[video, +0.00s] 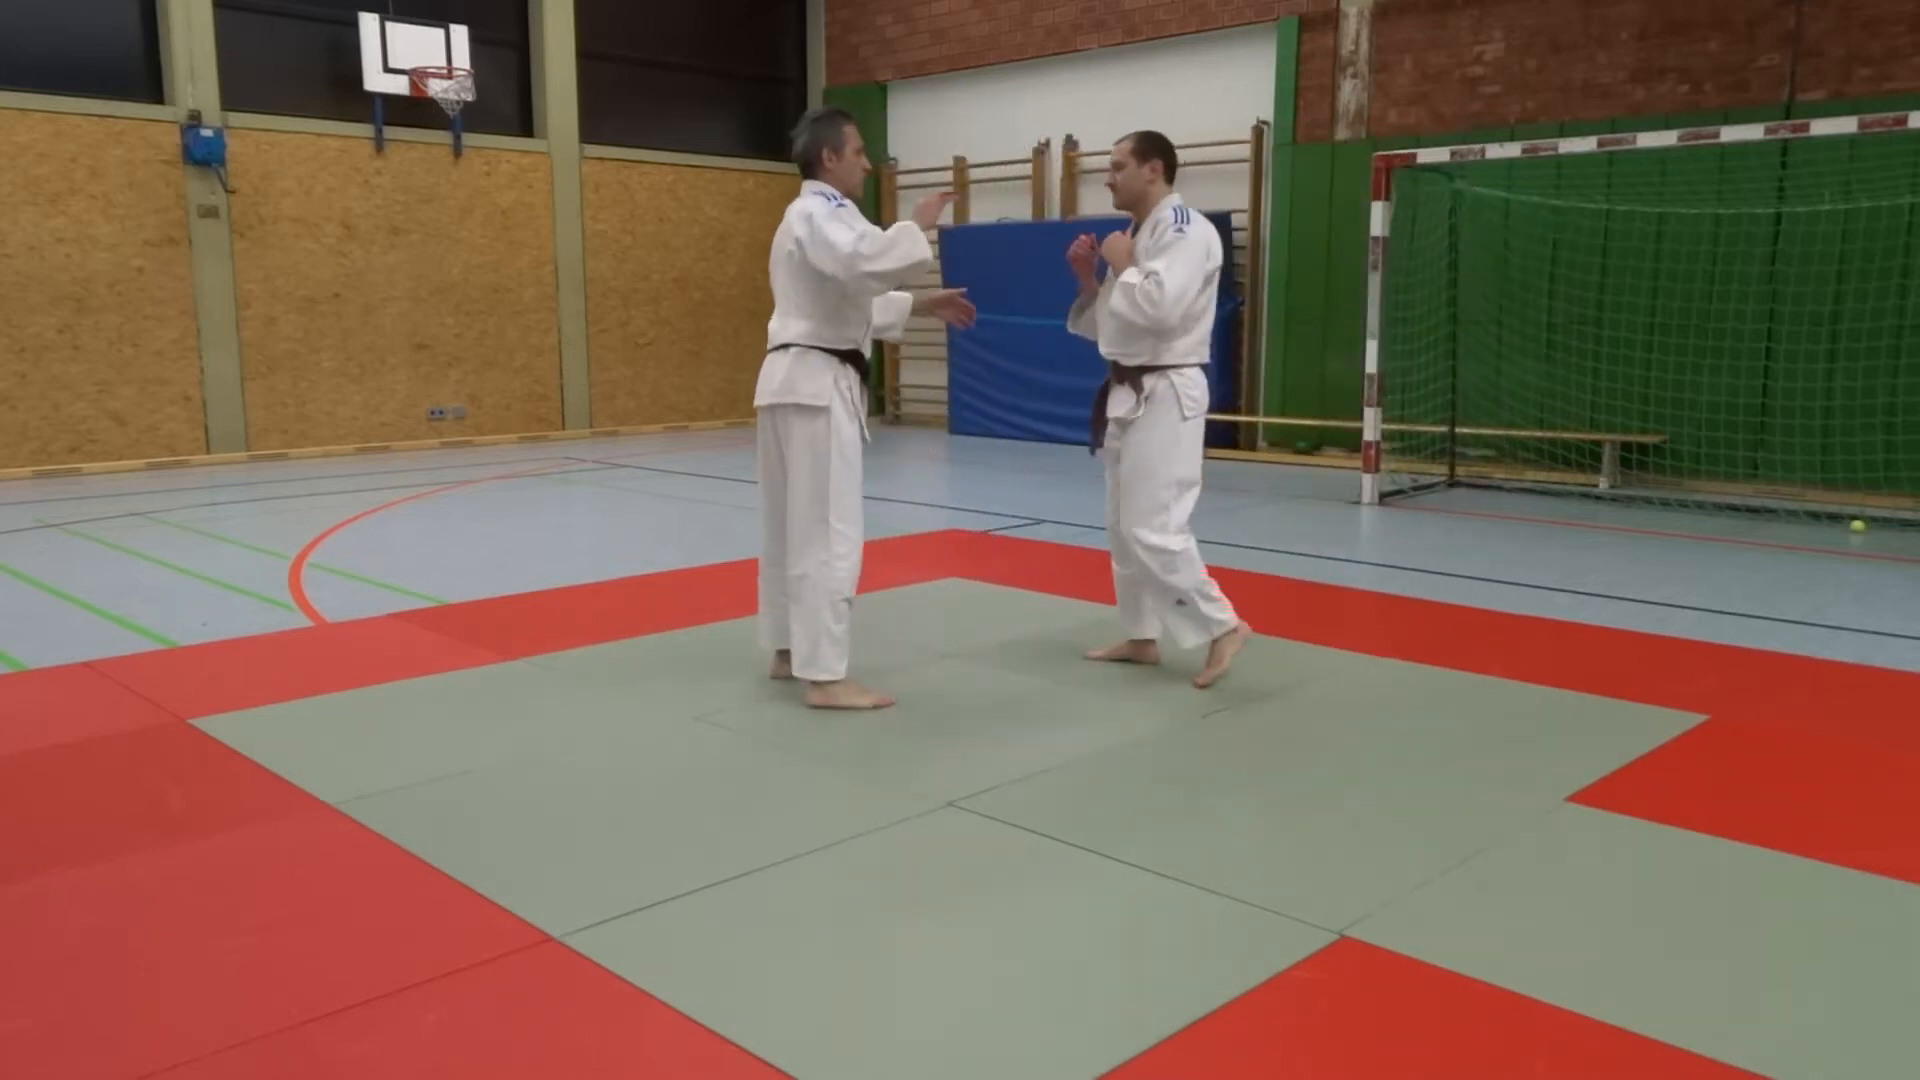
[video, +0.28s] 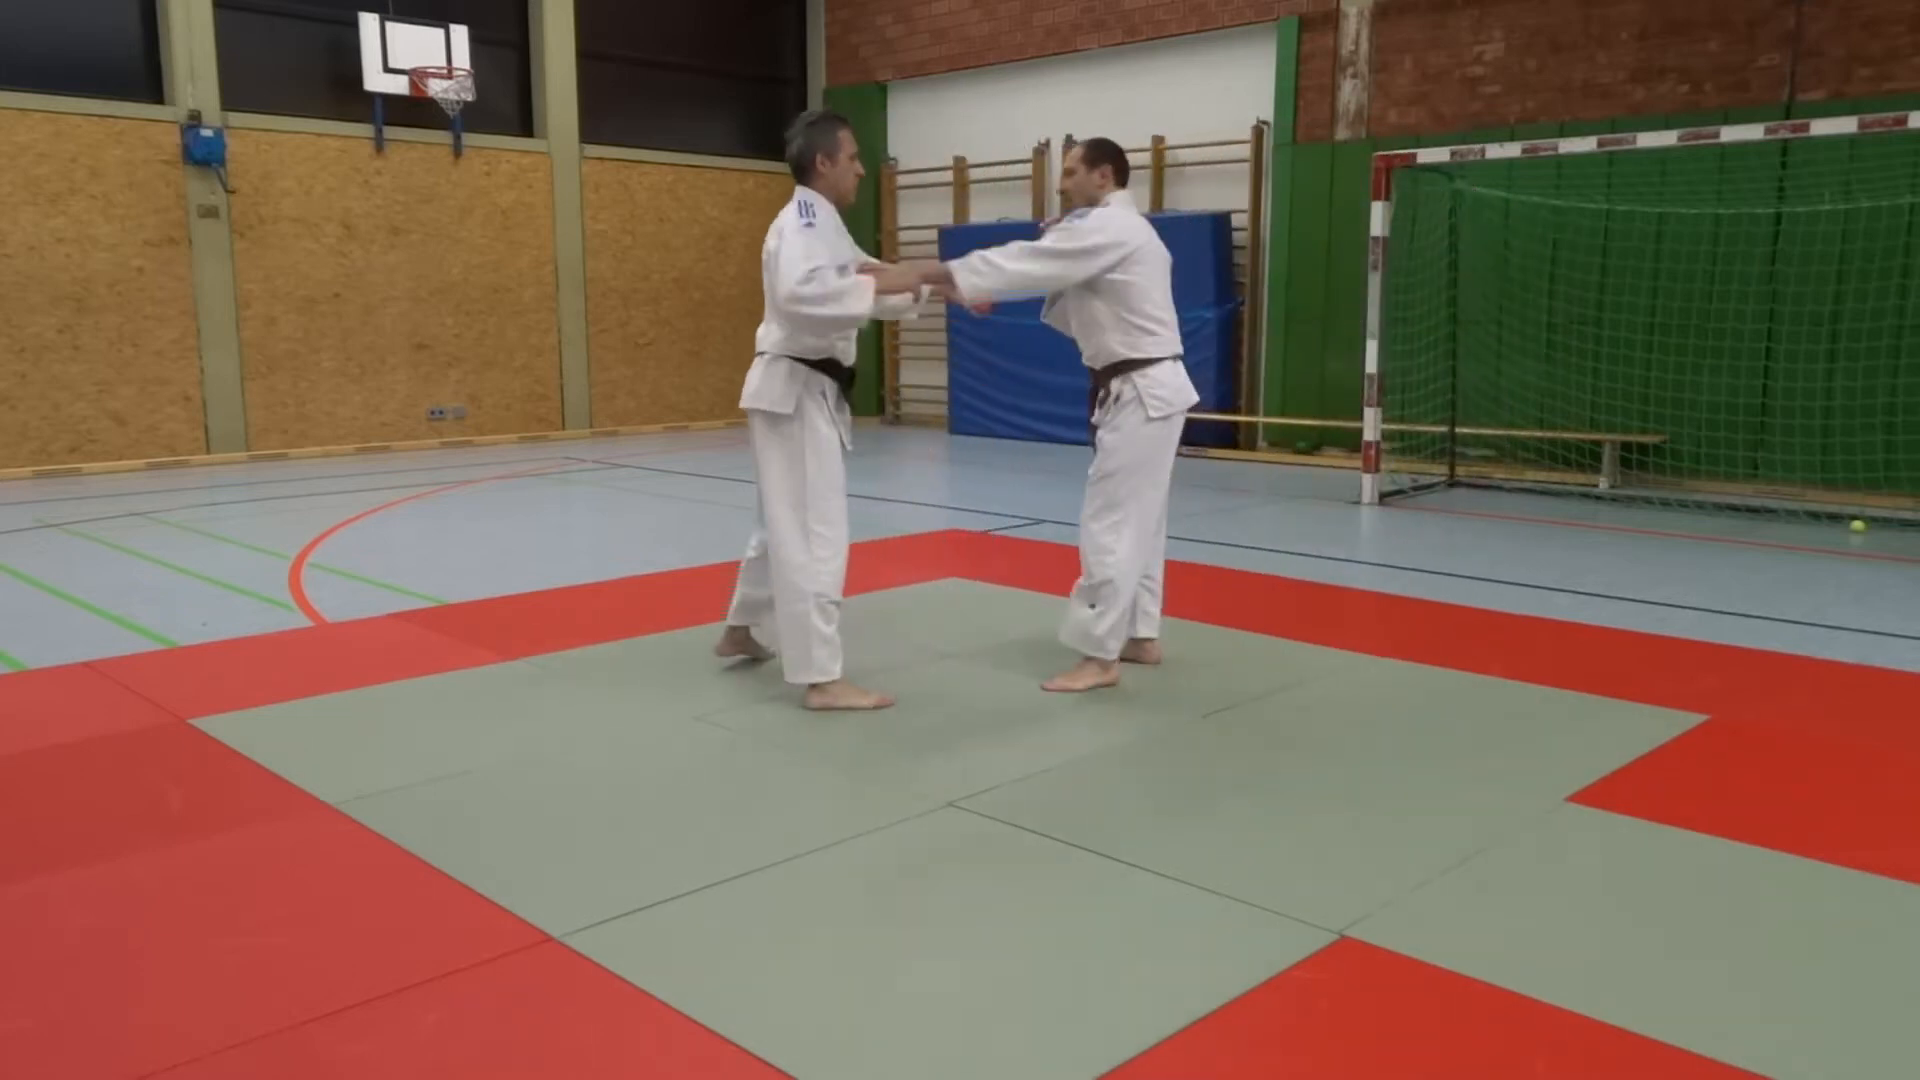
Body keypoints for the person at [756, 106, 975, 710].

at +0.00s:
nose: (867, 163)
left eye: (865, 152)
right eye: (859, 152)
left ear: (818, 159)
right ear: (831, 156)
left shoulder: (802, 215)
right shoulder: (822, 212)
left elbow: (847, 307)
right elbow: (857, 264)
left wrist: (923, 304)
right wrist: (917, 227)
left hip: (787, 378)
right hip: (818, 382)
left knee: (792, 520)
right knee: (830, 530)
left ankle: (789, 651)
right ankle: (825, 679)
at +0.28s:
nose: (859, 169)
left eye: (857, 158)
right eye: (851, 158)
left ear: (818, 164)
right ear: (821, 163)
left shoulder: (825, 224)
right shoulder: (801, 223)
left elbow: (866, 290)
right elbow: (800, 293)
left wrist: (939, 294)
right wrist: (881, 286)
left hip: (807, 387)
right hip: (794, 389)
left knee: (790, 520)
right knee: (815, 532)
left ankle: (742, 631)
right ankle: (820, 679)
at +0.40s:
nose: (852, 182)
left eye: (851, 170)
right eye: (843, 170)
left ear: (814, 176)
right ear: (808, 175)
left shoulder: (839, 241)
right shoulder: (774, 232)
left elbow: (905, 279)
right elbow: (728, 301)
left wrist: (982, 292)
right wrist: (801, 307)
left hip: (805, 395)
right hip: (776, 393)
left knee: (762, 525)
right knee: (809, 532)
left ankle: (713, 641)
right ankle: (820, 679)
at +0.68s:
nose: (826, 181)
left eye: (826, 171)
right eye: (815, 170)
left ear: (802, 177)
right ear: (779, 175)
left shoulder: (823, 248)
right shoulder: (750, 230)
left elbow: (862, 313)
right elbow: (695, 295)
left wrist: (928, 354)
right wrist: (747, 298)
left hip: (801, 394)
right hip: (767, 390)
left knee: (754, 517)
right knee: (819, 514)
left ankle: (711, 639)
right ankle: (836, 661)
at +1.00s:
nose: (866, 174)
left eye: (863, 164)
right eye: (857, 164)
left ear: (827, 173)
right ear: (828, 171)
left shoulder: (838, 237)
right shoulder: (806, 229)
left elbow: (883, 300)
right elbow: (805, 278)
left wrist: (953, 312)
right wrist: (875, 253)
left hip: (802, 385)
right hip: (815, 389)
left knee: (786, 516)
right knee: (861, 522)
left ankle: (729, 619)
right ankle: (859, 655)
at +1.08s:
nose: (875, 174)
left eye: (874, 163)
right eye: (868, 163)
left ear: (837, 170)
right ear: (841, 168)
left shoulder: (841, 224)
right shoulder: (824, 221)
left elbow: (886, 292)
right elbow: (859, 272)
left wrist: (957, 298)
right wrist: (913, 228)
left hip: (823, 380)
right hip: (828, 384)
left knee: (828, 513)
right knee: (858, 520)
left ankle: (757, 598)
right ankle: (858, 657)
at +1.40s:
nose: (887, 178)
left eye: (886, 167)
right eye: (880, 167)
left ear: (848, 172)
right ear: (848, 170)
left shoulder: (856, 226)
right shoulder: (831, 224)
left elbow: (915, 281)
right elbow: (902, 245)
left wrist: (983, 269)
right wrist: (961, 217)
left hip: (860, 382)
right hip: (840, 382)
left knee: (867, 508)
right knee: (860, 517)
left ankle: (873, 616)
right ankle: (855, 659)